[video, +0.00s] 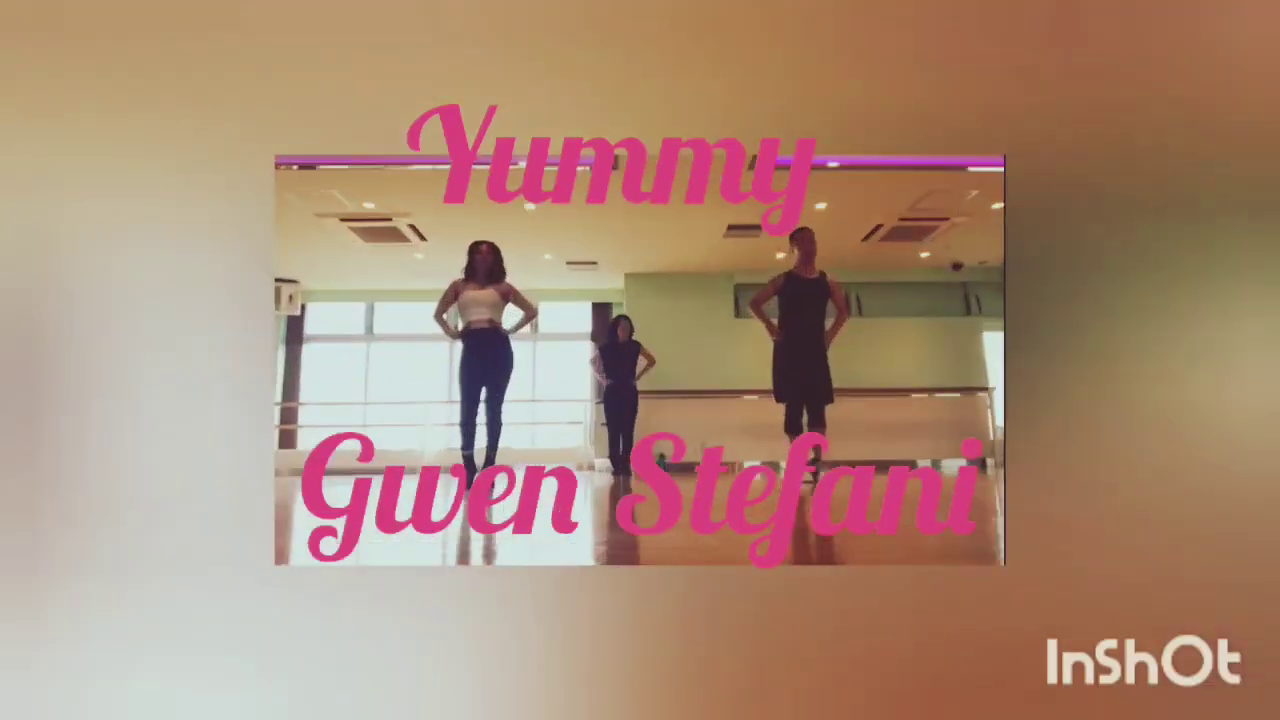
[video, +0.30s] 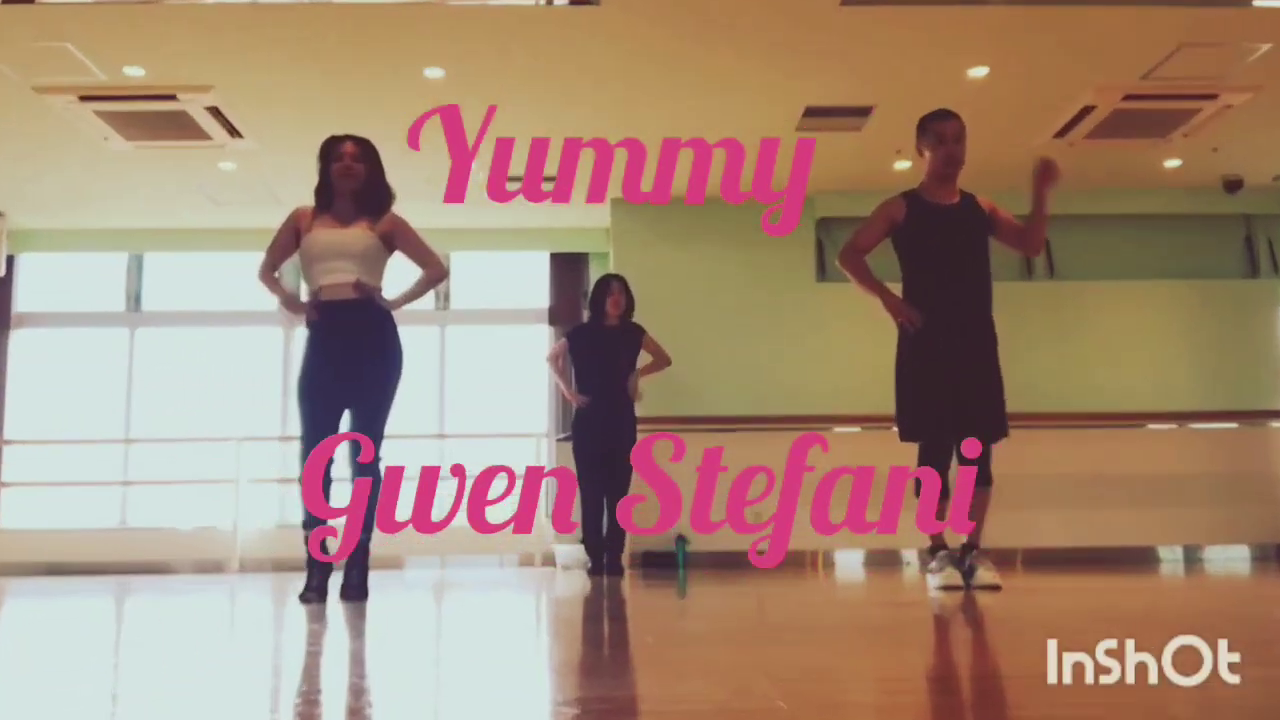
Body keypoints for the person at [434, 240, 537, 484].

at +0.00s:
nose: (483, 257)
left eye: (489, 253)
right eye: (478, 252)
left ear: (496, 259)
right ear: (471, 258)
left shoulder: (503, 287)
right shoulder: (459, 286)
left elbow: (531, 311)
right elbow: (438, 314)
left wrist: (511, 330)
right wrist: (452, 333)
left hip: (497, 342)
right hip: (472, 342)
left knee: (493, 407)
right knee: (468, 408)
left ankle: (490, 462)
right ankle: (468, 464)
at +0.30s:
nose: (349, 165)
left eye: (358, 159)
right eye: (339, 159)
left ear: (372, 171)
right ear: (325, 170)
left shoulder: (385, 222)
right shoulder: (304, 219)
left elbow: (437, 270)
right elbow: (266, 271)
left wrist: (394, 303)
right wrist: (292, 303)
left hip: (372, 335)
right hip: (325, 336)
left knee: (364, 454)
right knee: (314, 453)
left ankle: (358, 563)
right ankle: (317, 561)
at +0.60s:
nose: (264, 116)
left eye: (277, 107)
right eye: (253, 107)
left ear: (297, 119)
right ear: (238, 120)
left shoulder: (326, 179)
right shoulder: (223, 181)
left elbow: (363, 241)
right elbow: (198, 238)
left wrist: (333, 283)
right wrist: (196, 270)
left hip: (311, 319)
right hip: (250, 319)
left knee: (297, 472)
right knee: (239, 472)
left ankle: (290, 603)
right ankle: (233, 606)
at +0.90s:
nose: (229, 122)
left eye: (240, 114)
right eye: (220, 119)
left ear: (268, 129)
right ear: (214, 140)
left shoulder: (303, 200)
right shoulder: (205, 186)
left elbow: (297, 265)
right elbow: (125, 158)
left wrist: (314, 299)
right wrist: (37, 130)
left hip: (309, 352)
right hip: (247, 354)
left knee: (294, 490)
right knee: (245, 486)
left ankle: (274, 619)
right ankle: (230, 620)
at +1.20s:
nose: (259, 157)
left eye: (269, 149)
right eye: (249, 156)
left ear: (294, 162)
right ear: (243, 175)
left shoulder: (326, 226)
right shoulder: (238, 219)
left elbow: (330, 290)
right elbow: (173, 158)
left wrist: (340, 323)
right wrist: (107, 105)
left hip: (335, 363)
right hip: (278, 367)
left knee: (327, 484)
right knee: (275, 484)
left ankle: (303, 601)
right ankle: (259, 601)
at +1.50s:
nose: (342, 177)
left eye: (350, 169)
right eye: (334, 174)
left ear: (368, 178)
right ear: (327, 187)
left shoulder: (394, 222)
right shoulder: (322, 227)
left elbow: (436, 227)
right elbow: (253, 228)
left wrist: (450, 252)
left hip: (397, 340)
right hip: (350, 343)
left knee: (395, 449)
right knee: (344, 447)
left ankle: (381, 544)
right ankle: (330, 546)